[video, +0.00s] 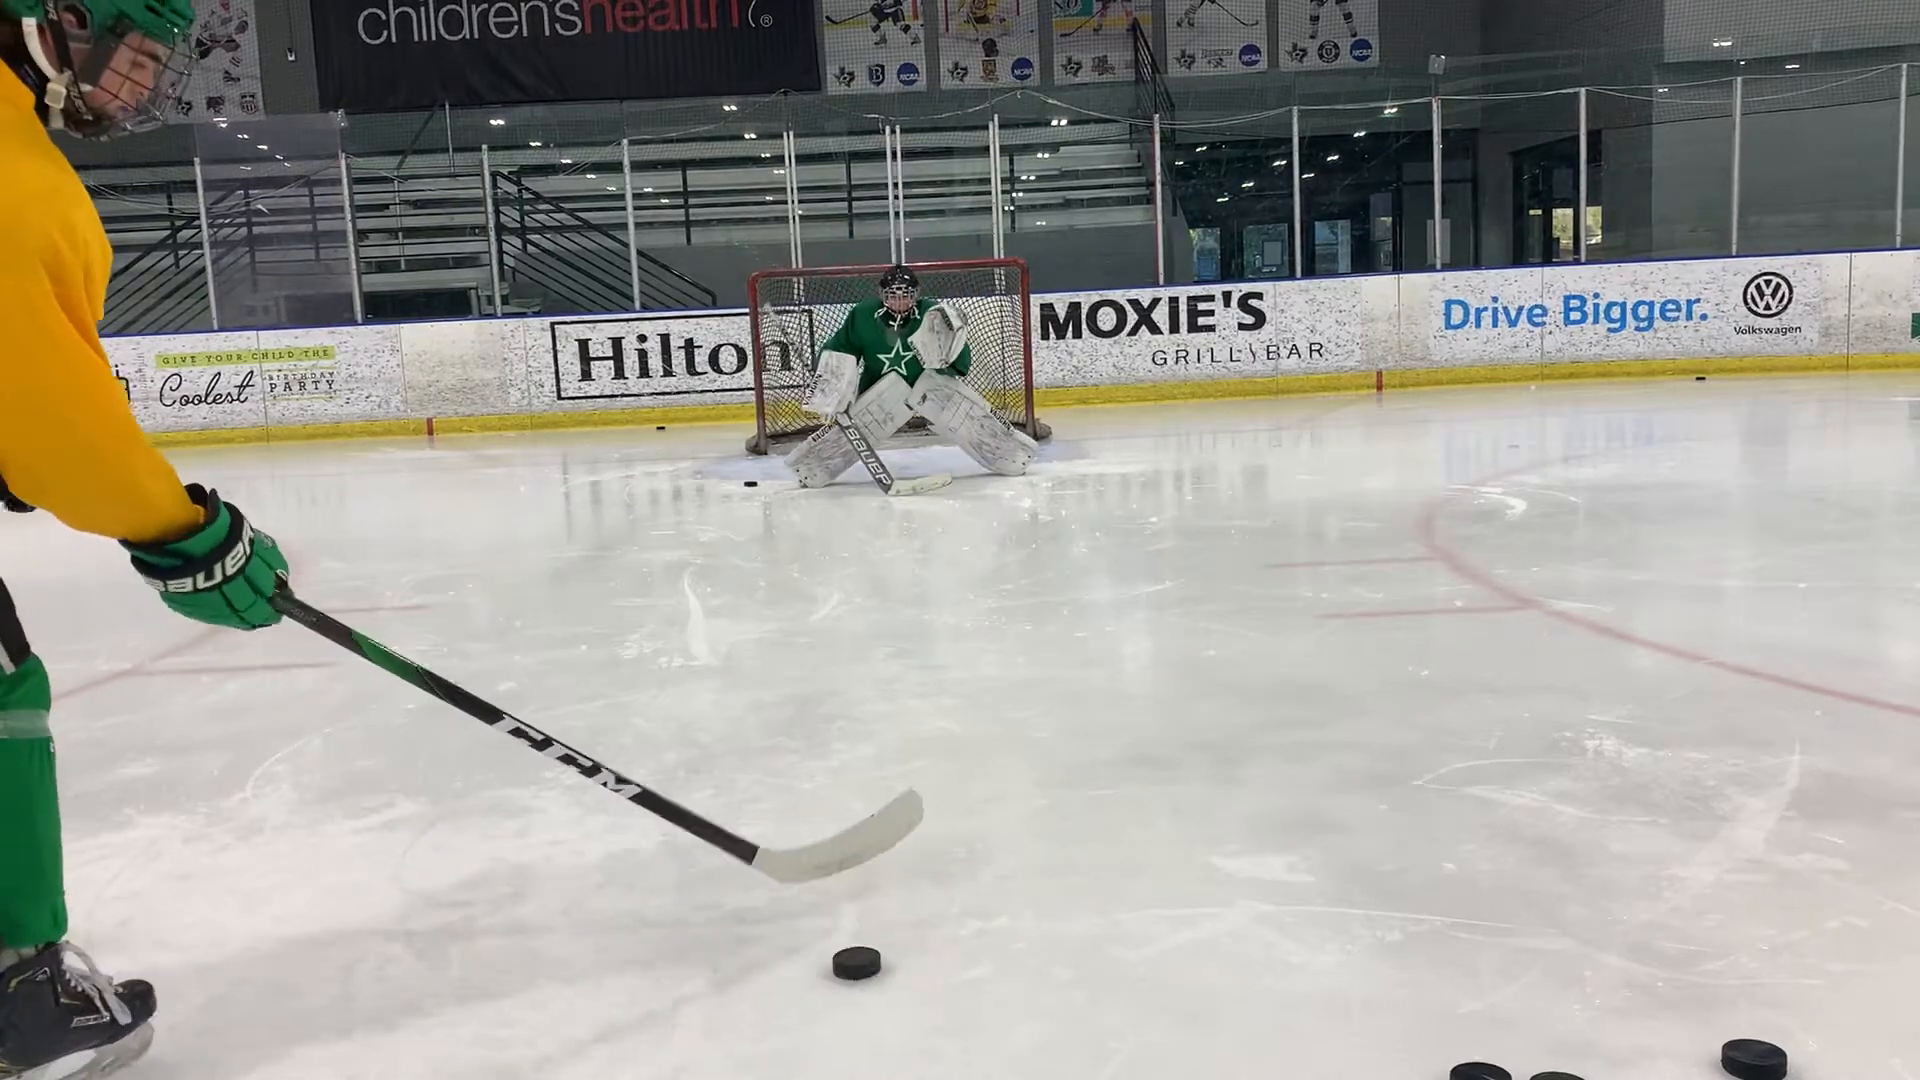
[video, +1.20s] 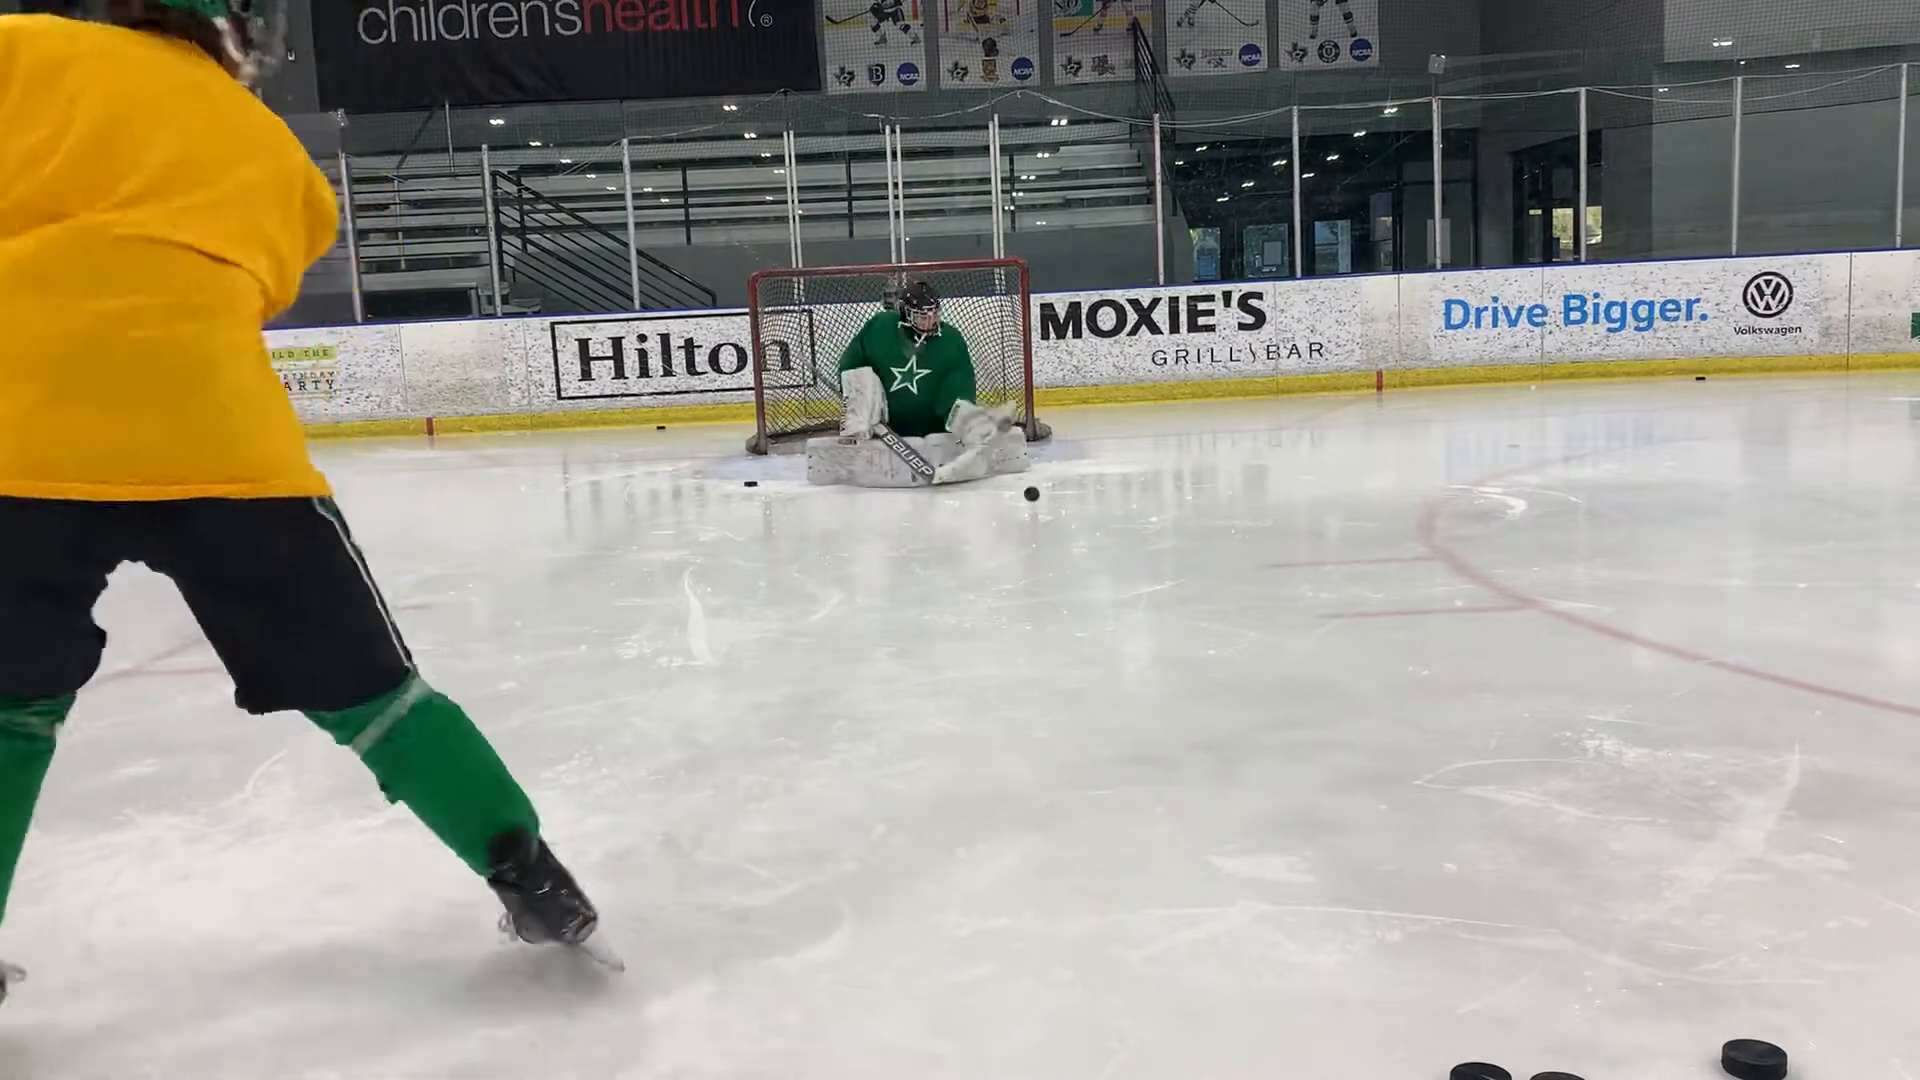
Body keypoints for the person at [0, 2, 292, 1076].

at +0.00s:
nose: (144, 81)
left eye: (159, 61)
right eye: (134, 47)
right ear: (56, 22)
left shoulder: (27, 156)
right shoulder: (18, 173)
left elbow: (43, 387)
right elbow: (46, 397)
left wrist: (163, 519)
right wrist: (187, 536)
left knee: (12, 693)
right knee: (9, 695)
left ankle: (24, 972)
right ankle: (23, 978)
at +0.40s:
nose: (235, 135)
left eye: (243, 109)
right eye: (230, 104)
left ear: (130, 64)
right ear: (172, 81)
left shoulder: (27, 115)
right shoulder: (108, 217)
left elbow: (47, 342)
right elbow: (140, 458)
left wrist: (122, 497)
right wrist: (258, 604)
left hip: (11, 481)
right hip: (3, 492)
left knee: (77, 667)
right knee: (90, 667)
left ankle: (115, 925)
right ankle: (122, 937)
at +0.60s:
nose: (312, 157)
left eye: (319, 131)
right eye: (308, 129)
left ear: (204, 94)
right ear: (261, 114)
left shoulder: (105, 136)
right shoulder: (210, 237)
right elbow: (242, 464)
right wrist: (345, 602)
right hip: (32, 453)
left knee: (190, 629)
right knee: (200, 633)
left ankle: (232, 888)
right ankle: (240, 903)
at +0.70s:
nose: (358, 146)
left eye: (366, 120)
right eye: (357, 116)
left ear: (245, 77)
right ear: (309, 95)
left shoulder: (129, 129)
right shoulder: (241, 196)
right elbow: (254, 412)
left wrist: (223, 504)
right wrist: (336, 550)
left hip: (6, 438)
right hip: (98, 453)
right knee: (248, 635)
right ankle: (324, 857)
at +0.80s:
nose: (401, 152)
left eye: (407, 125)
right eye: (400, 120)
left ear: (283, 79)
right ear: (360, 101)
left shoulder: (142, 88)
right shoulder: (347, 229)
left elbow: (60, 175)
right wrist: (430, 428)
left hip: (19, 423)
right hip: (194, 469)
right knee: (292, 666)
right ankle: (379, 851)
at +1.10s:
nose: (343, 109)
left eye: (349, 88)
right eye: (343, 84)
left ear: (223, 33)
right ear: (313, 62)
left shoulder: (71, 66)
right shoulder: (334, 175)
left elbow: (1, 261)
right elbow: (333, 284)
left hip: (79, 453)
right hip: (270, 465)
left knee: (13, 701)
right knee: (348, 704)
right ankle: (521, 861)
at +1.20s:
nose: (247, 63)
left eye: (245, 45)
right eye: (240, 45)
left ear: (98, 11)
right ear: (210, 33)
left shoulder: (18, 54)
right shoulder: (261, 133)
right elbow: (265, 284)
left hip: (23, 436)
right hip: (217, 430)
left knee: (14, 716)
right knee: (378, 699)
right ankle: (528, 872)